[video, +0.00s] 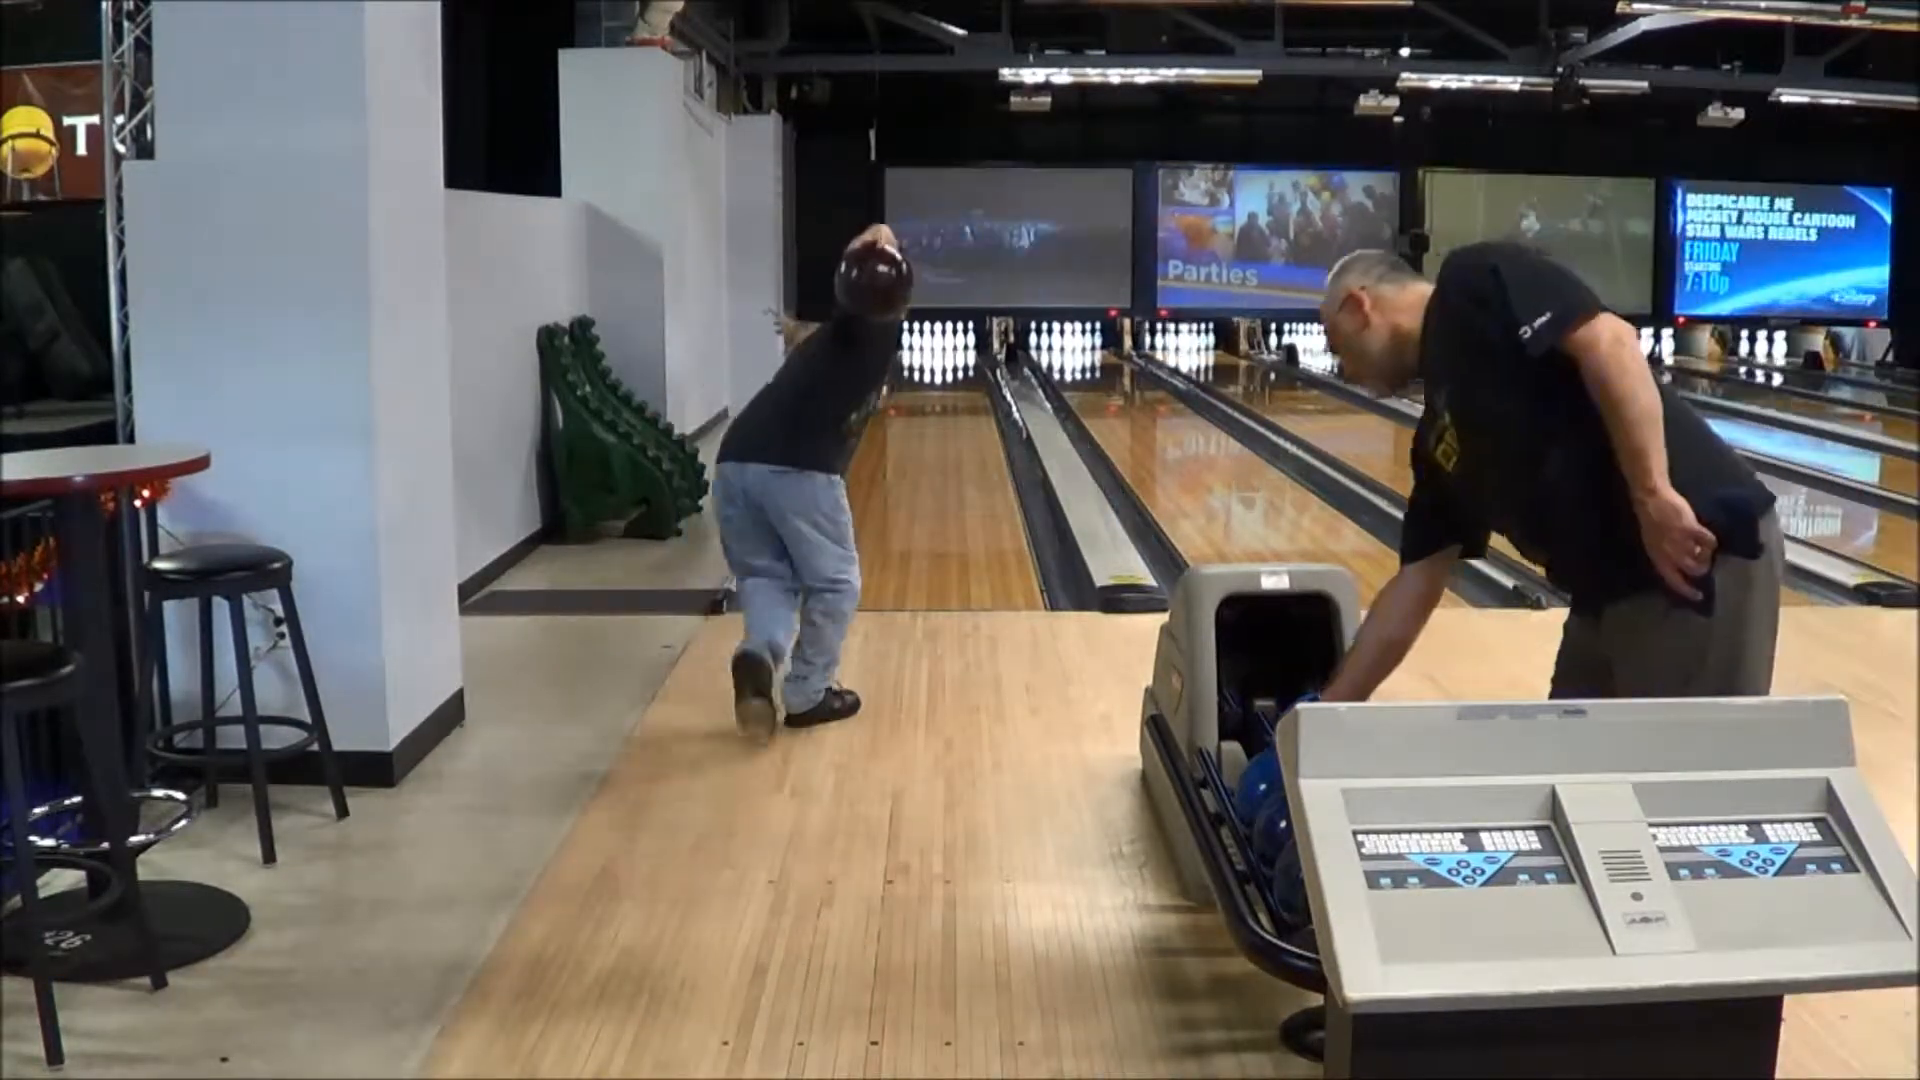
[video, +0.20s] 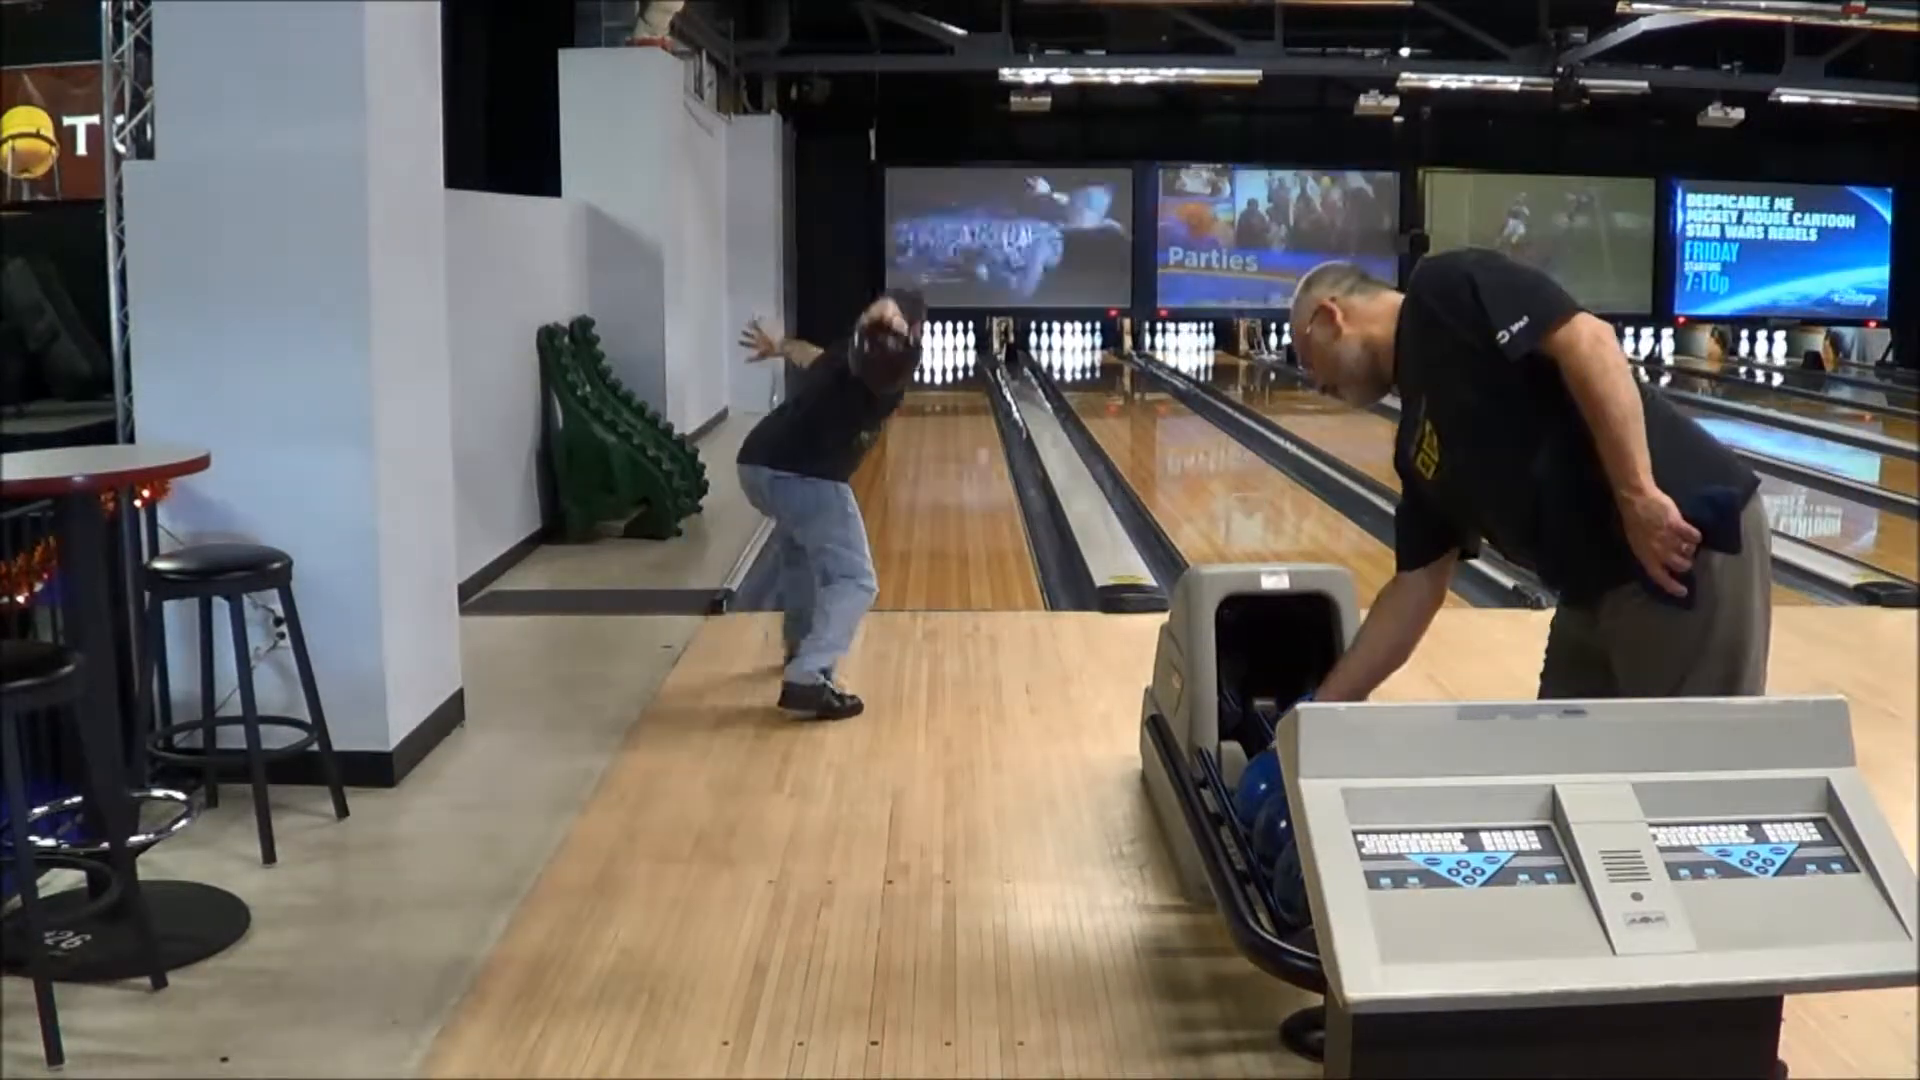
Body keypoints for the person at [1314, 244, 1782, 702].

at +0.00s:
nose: (1340, 366)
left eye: (1334, 343)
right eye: (1333, 351)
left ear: (1361, 307)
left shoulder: (1476, 279)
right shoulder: (1440, 443)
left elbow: (1610, 341)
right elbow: (1415, 585)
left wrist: (1653, 493)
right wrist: (1330, 708)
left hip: (1696, 556)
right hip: (1607, 590)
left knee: (1682, 793)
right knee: (1570, 786)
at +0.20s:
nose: (1316, 385)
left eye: (1307, 363)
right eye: (1307, 375)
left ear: (1329, 316)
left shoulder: (1449, 286)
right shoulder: (1421, 447)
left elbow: (1587, 340)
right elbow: (1417, 584)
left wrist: (1638, 493)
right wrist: (1325, 707)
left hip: (1684, 541)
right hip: (1594, 584)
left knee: (1679, 789)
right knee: (1562, 786)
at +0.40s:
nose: (1310, 373)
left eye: (1303, 350)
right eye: (1302, 362)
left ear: (1329, 308)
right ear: (1336, 310)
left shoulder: (1445, 280)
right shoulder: (1413, 437)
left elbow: (1583, 343)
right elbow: (1409, 580)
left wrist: (1613, 499)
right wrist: (1348, 706)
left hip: (1683, 537)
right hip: (1584, 579)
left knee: (1676, 775)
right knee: (1559, 774)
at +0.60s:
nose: (1296, 367)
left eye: (1291, 339)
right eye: (1288, 351)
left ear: (1321, 306)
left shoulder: (1443, 279)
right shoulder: (1403, 434)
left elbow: (1590, 344)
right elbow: (1415, 578)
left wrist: (1606, 504)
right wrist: (1351, 704)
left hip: (1684, 540)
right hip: (1581, 577)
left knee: (1683, 774)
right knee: (1559, 776)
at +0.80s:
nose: (1295, 369)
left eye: (1286, 344)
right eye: (1286, 355)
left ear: (1312, 305)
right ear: (1321, 305)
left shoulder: (1441, 281)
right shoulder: (1391, 425)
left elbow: (1590, 348)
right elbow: (1398, 564)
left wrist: (1609, 510)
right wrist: (1318, 705)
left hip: (1681, 541)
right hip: (1577, 579)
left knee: (1690, 776)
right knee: (1555, 781)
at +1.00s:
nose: (1286, 367)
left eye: (1278, 343)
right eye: (1275, 353)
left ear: (1310, 302)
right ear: (1316, 302)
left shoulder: (1444, 281)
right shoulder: (1378, 420)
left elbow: (1595, 351)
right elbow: (1388, 562)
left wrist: (1617, 512)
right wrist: (1318, 705)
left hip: (1678, 542)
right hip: (1572, 578)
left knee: (1685, 779)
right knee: (1552, 784)